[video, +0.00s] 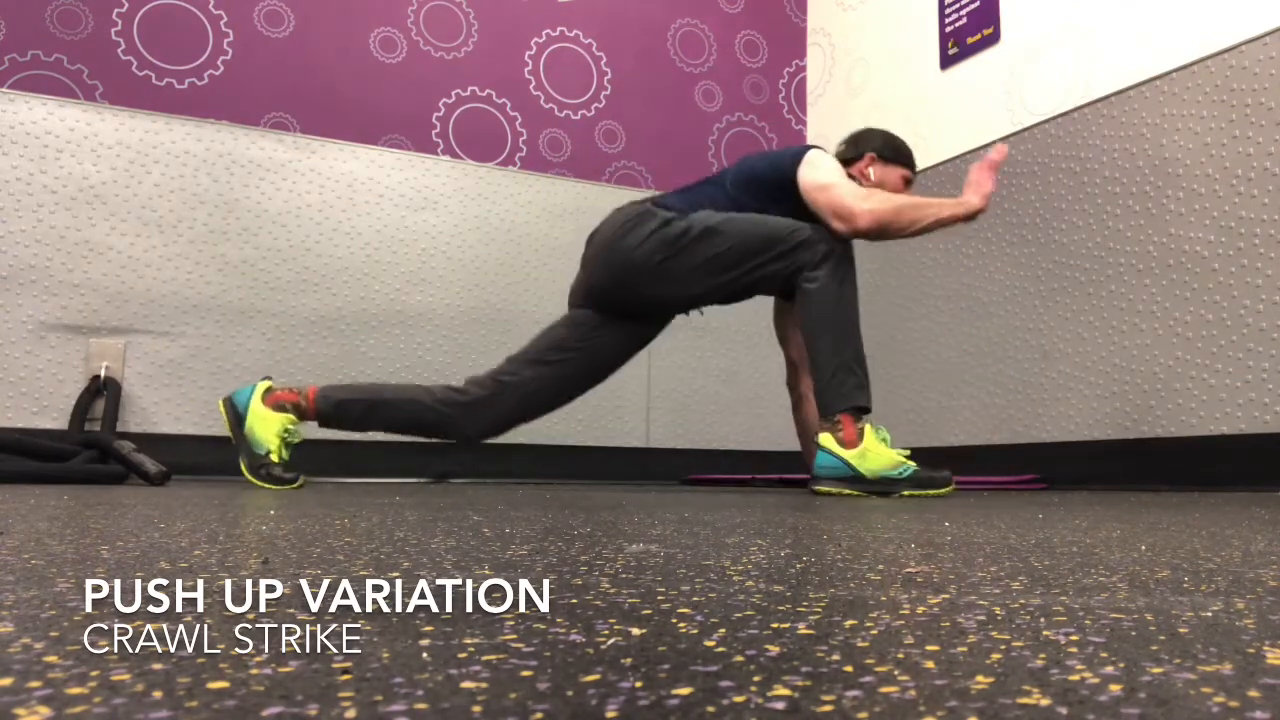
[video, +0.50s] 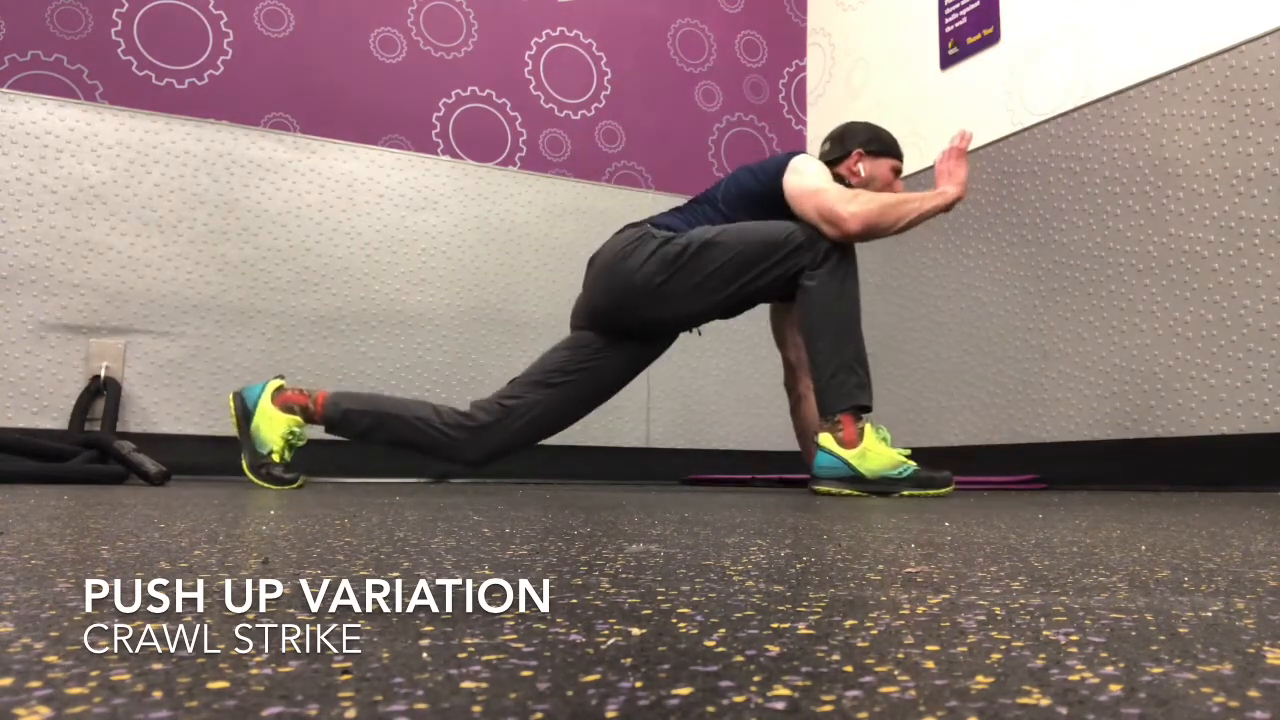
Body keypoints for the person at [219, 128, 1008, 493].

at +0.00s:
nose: (891, 200)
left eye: (901, 192)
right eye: (889, 183)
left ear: (874, 170)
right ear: (862, 162)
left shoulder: (794, 236)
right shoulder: (810, 159)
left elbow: (797, 346)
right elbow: (863, 217)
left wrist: (811, 444)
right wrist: (966, 204)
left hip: (632, 286)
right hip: (641, 242)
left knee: (475, 411)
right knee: (818, 246)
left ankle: (281, 406)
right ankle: (856, 443)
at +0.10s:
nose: (889, 197)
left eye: (898, 188)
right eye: (887, 180)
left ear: (866, 168)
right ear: (855, 160)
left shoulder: (799, 232)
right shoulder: (806, 164)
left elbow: (798, 352)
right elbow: (864, 223)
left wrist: (810, 449)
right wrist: (958, 200)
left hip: (633, 296)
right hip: (641, 250)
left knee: (481, 421)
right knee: (820, 245)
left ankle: (286, 406)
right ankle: (853, 439)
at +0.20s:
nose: (888, 198)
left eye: (895, 188)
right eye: (889, 182)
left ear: (858, 169)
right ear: (855, 161)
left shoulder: (797, 233)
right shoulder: (802, 166)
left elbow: (797, 349)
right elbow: (858, 226)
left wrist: (811, 449)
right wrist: (950, 200)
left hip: (633, 307)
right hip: (639, 254)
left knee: (478, 426)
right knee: (822, 243)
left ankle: (286, 406)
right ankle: (853, 438)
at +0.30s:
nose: (888, 191)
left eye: (893, 184)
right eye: (887, 178)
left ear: (856, 167)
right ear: (853, 160)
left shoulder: (797, 233)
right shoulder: (801, 165)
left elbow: (797, 347)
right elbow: (856, 224)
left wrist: (813, 451)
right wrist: (946, 196)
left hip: (635, 310)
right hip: (638, 257)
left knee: (476, 431)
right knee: (822, 243)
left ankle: (287, 405)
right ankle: (854, 438)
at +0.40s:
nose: (879, 194)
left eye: (888, 186)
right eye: (878, 178)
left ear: (865, 171)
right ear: (846, 159)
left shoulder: (797, 238)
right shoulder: (800, 164)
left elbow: (798, 351)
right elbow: (849, 219)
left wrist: (815, 455)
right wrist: (941, 194)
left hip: (633, 317)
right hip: (637, 260)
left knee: (479, 432)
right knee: (821, 244)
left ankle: (288, 406)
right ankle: (852, 440)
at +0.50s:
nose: (883, 195)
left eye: (890, 186)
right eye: (881, 180)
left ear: (862, 171)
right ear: (849, 162)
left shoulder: (798, 238)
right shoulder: (800, 166)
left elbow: (797, 352)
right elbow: (848, 221)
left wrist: (815, 455)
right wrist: (940, 195)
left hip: (636, 318)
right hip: (637, 261)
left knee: (476, 436)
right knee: (822, 244)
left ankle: (290, 407)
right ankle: (852, 440)